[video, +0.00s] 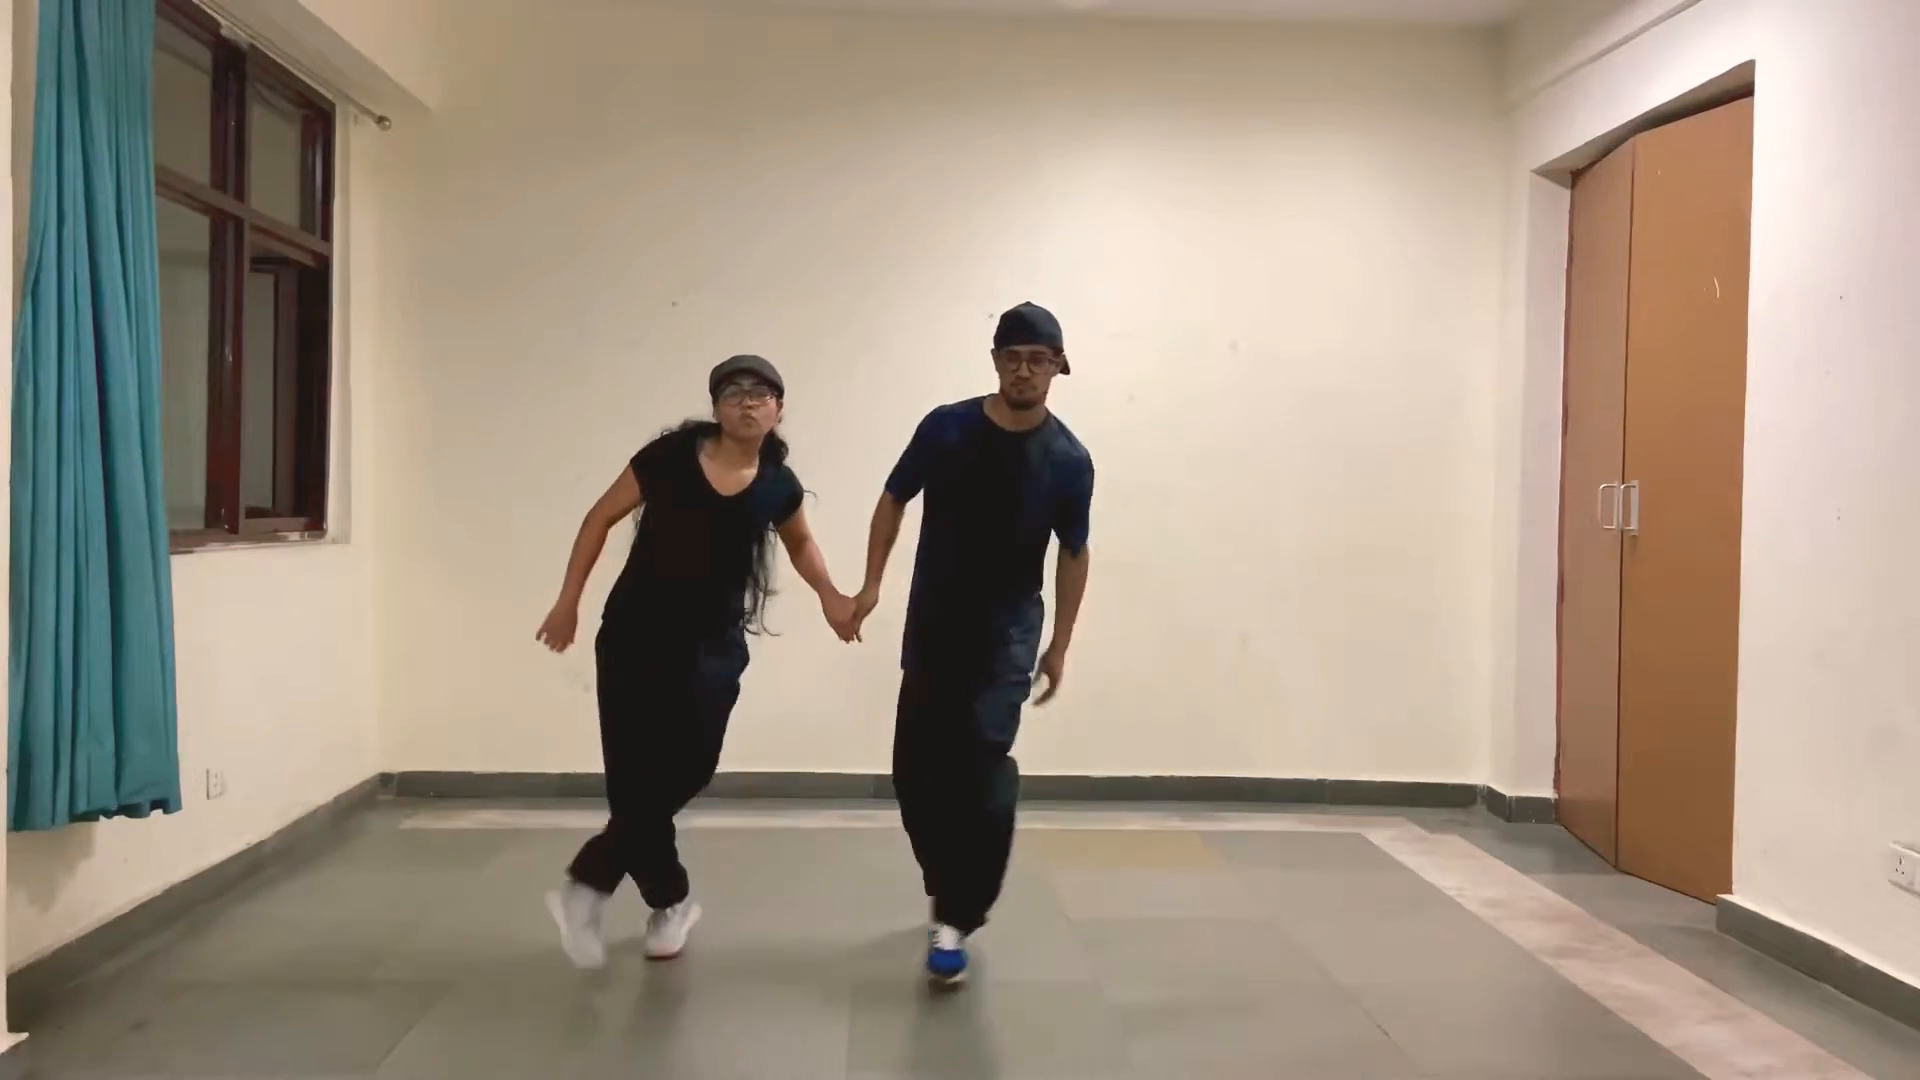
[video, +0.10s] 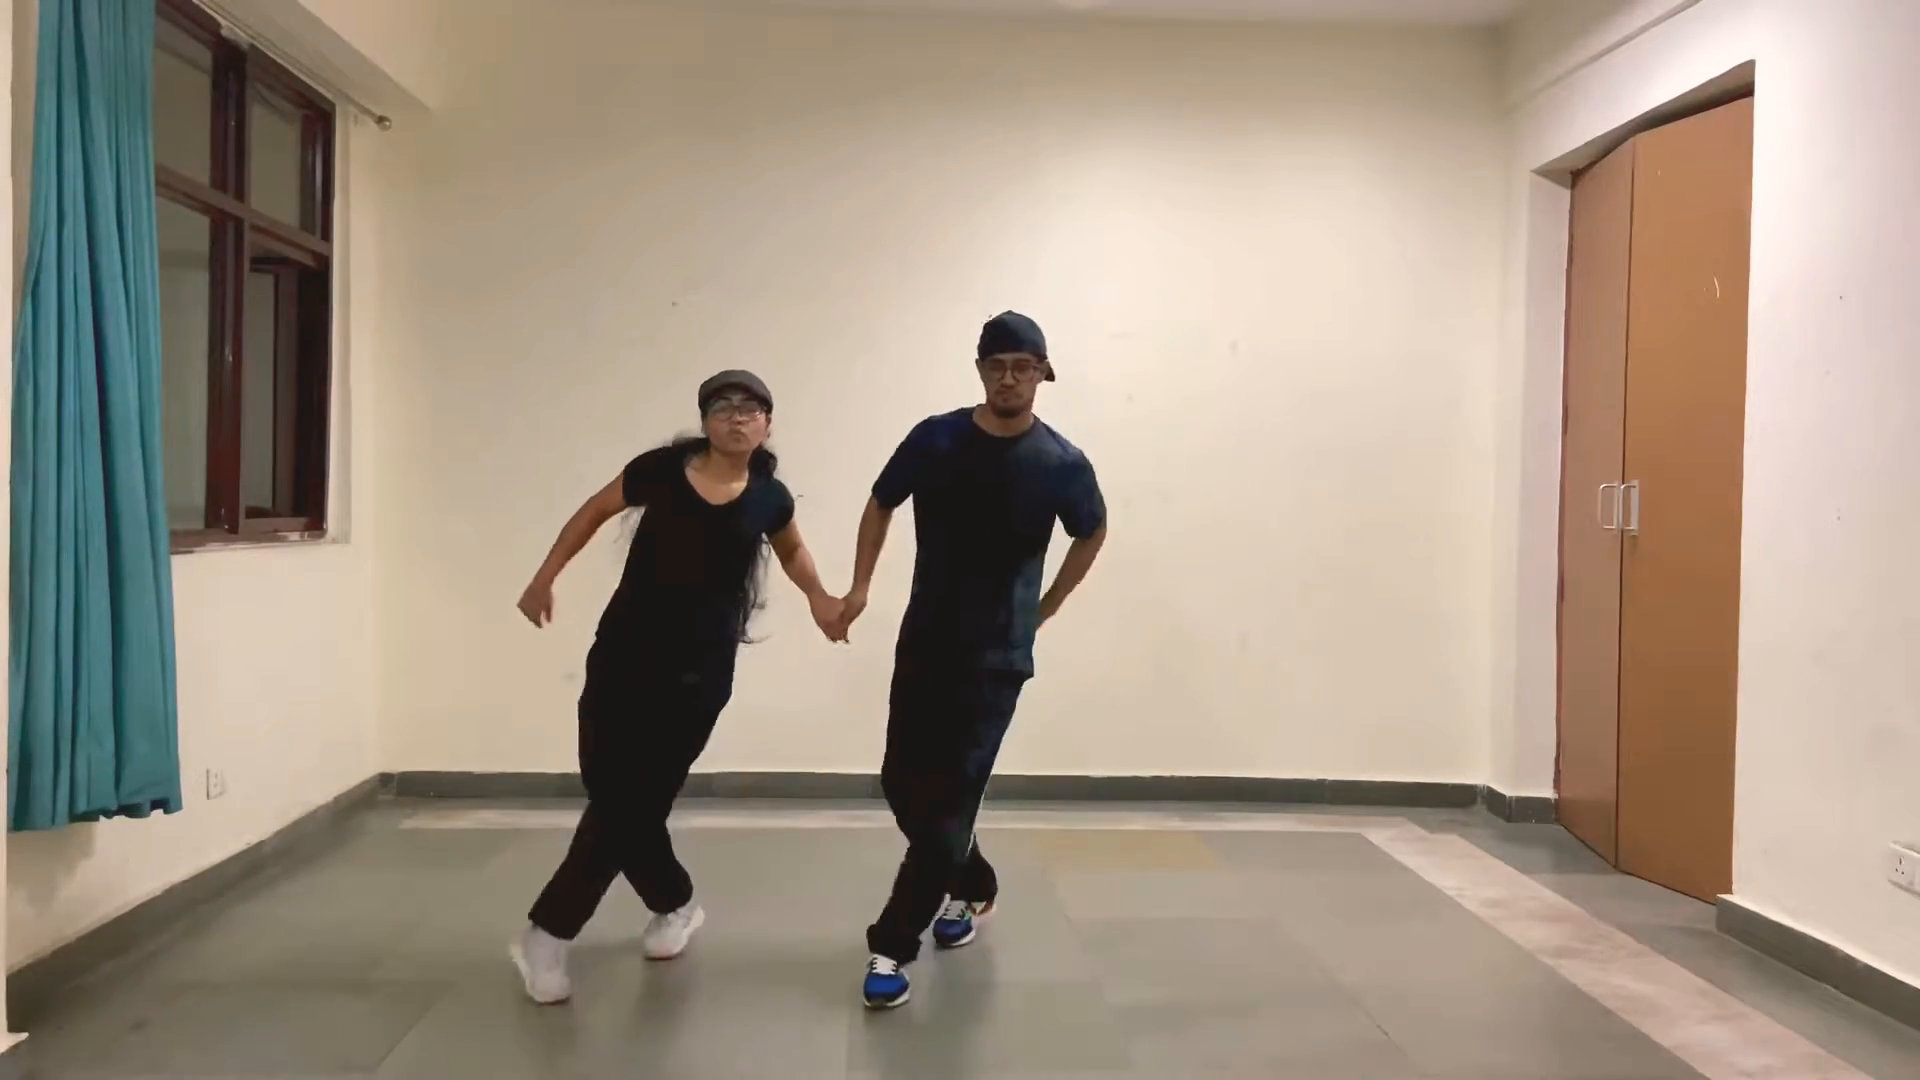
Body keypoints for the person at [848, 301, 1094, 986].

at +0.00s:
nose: (1023, 373)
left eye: (1038, 362)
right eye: (1012, 360)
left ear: (1057, 369)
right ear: (996, 362)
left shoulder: (1068, 461)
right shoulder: (945, 429)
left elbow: (1074, 555)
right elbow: (893, 499)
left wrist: (1060, 643)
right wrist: (871, 587)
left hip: (1008, 629)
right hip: (935, 621)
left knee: (983, 765)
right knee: (917, 767)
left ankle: (956, 921)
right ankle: (945, 889)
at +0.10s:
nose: (1009, 380)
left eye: (1022, 368)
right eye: (997, 367)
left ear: (1043, 375)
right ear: (980, 372)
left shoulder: (1063, 464)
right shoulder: (933, 440)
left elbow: (1091, 532)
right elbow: (880, 504)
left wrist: (1050, 603)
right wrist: (858, 587)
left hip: (998, 648)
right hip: (925, 635)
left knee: (950, 797)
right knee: (901, 783)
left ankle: (891, 946)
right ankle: (975, 884)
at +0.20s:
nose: (997, 376)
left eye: (1010, 365)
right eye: (985, 365)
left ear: (1030, 372)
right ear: (967, 370)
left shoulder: (1056, 458)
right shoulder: (932, 444)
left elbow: (1087, 529)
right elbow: (899, 538)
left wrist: (1051, 603)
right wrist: (848, 619)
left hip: (999, 649)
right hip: (927, 641)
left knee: (952, 795)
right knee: (908, 782)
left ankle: (897, 949)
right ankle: (984, 889)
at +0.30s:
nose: (988, 373)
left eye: (1000, 361)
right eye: (976, 362)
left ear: (1020, 365)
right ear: (958, 366)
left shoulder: (1047, 445)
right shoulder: (929, 440)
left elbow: (1062, 542)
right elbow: (916, 538)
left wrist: (1067, 641)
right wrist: (865, 607)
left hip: (1012, 629)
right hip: (943, 626)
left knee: (976, 761)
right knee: (927, 768)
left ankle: (951, 923)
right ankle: (983, 895)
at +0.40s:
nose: (994, 362)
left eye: (1006, 350)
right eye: (981, 351)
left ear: (1025, 353)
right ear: (963, 355)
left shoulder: (1051, 433)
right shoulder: (932, 428)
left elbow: (1075, 516)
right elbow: (905, 522)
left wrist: (1097, 577)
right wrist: (853, 566)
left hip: (1027, 591)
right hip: (955, 595)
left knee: (1003, 685)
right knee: (943, 747)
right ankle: (981, 899)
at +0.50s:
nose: (1001, 351)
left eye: (1013, 340)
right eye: (989, 340)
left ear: (1031, 342)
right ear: (970, 341)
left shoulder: (1053, 415)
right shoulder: (934, 411)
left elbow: (1092, 488)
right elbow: (898, 499)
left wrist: (1127, 525)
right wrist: (844, 555)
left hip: (1035, 580)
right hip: (963, 585)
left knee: (1035, 670)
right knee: (970, 732)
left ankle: (1042, 793)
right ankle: (991, 874)